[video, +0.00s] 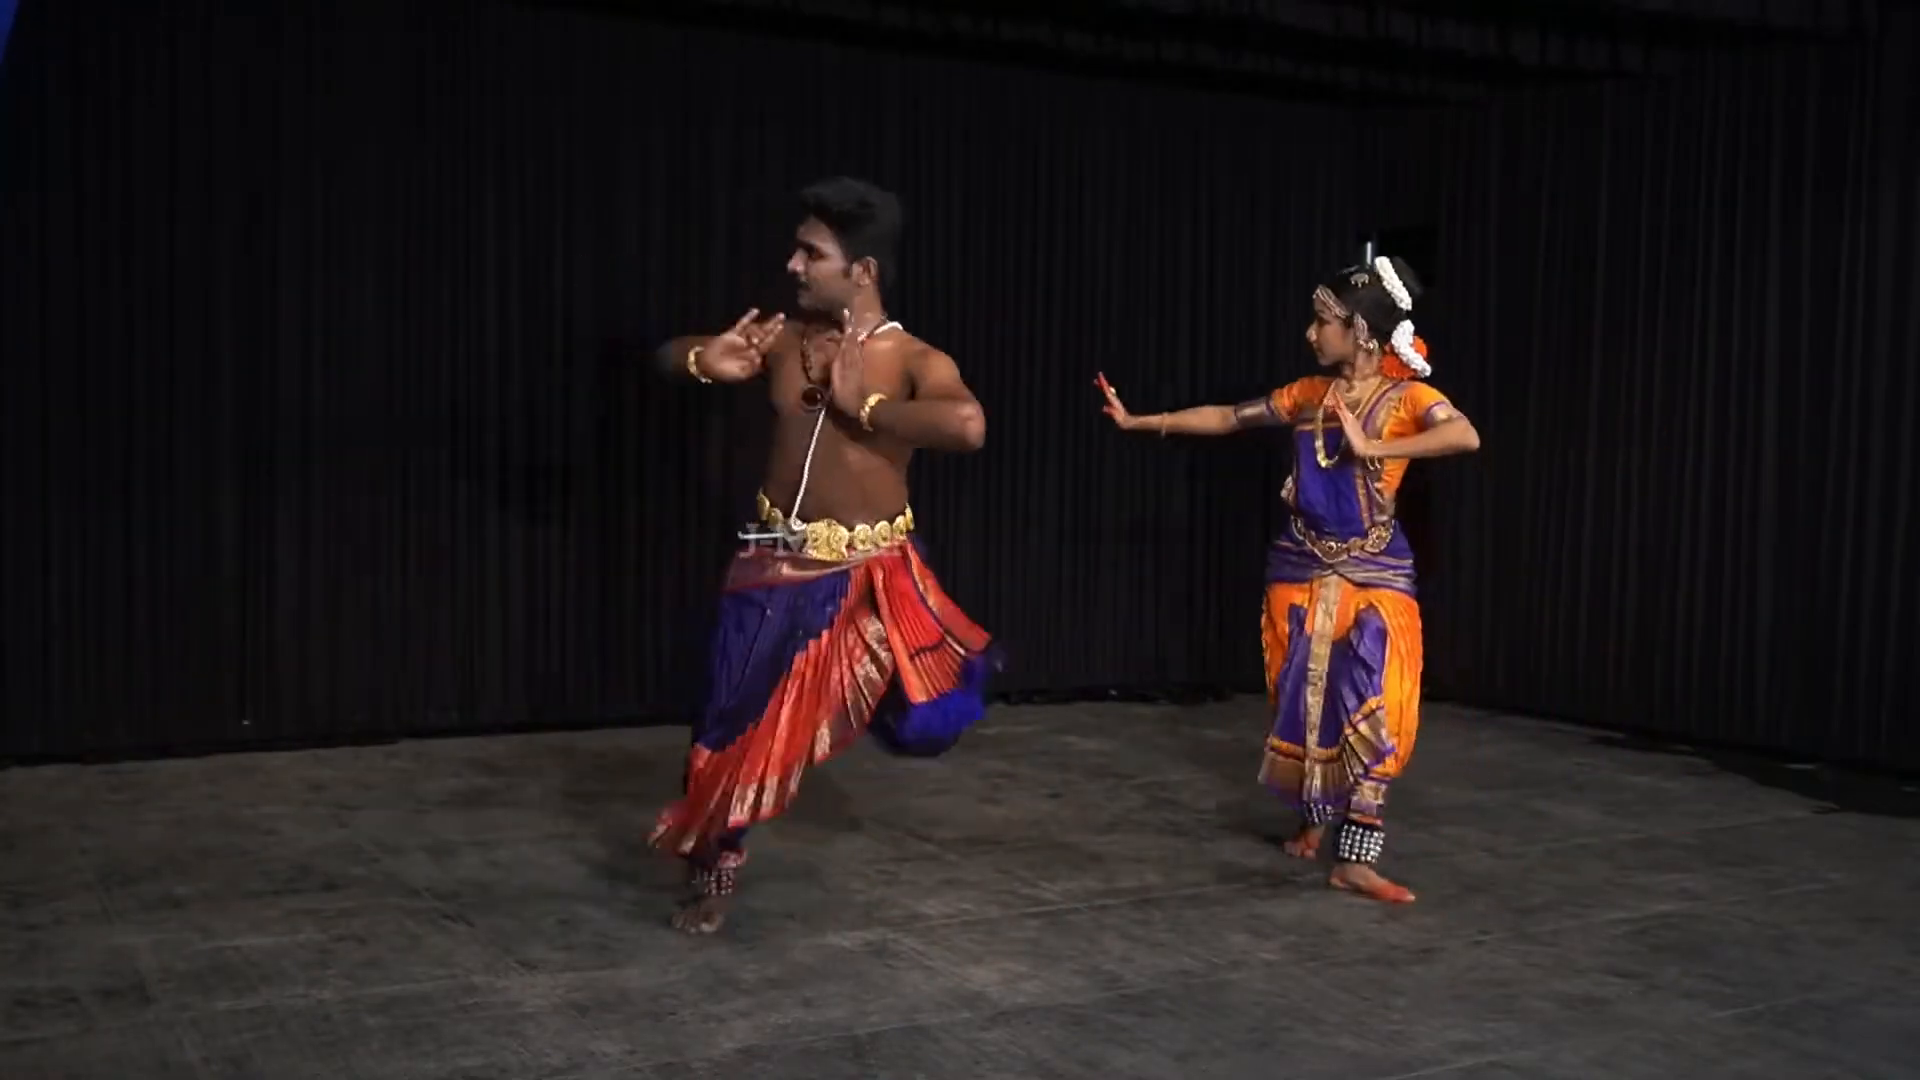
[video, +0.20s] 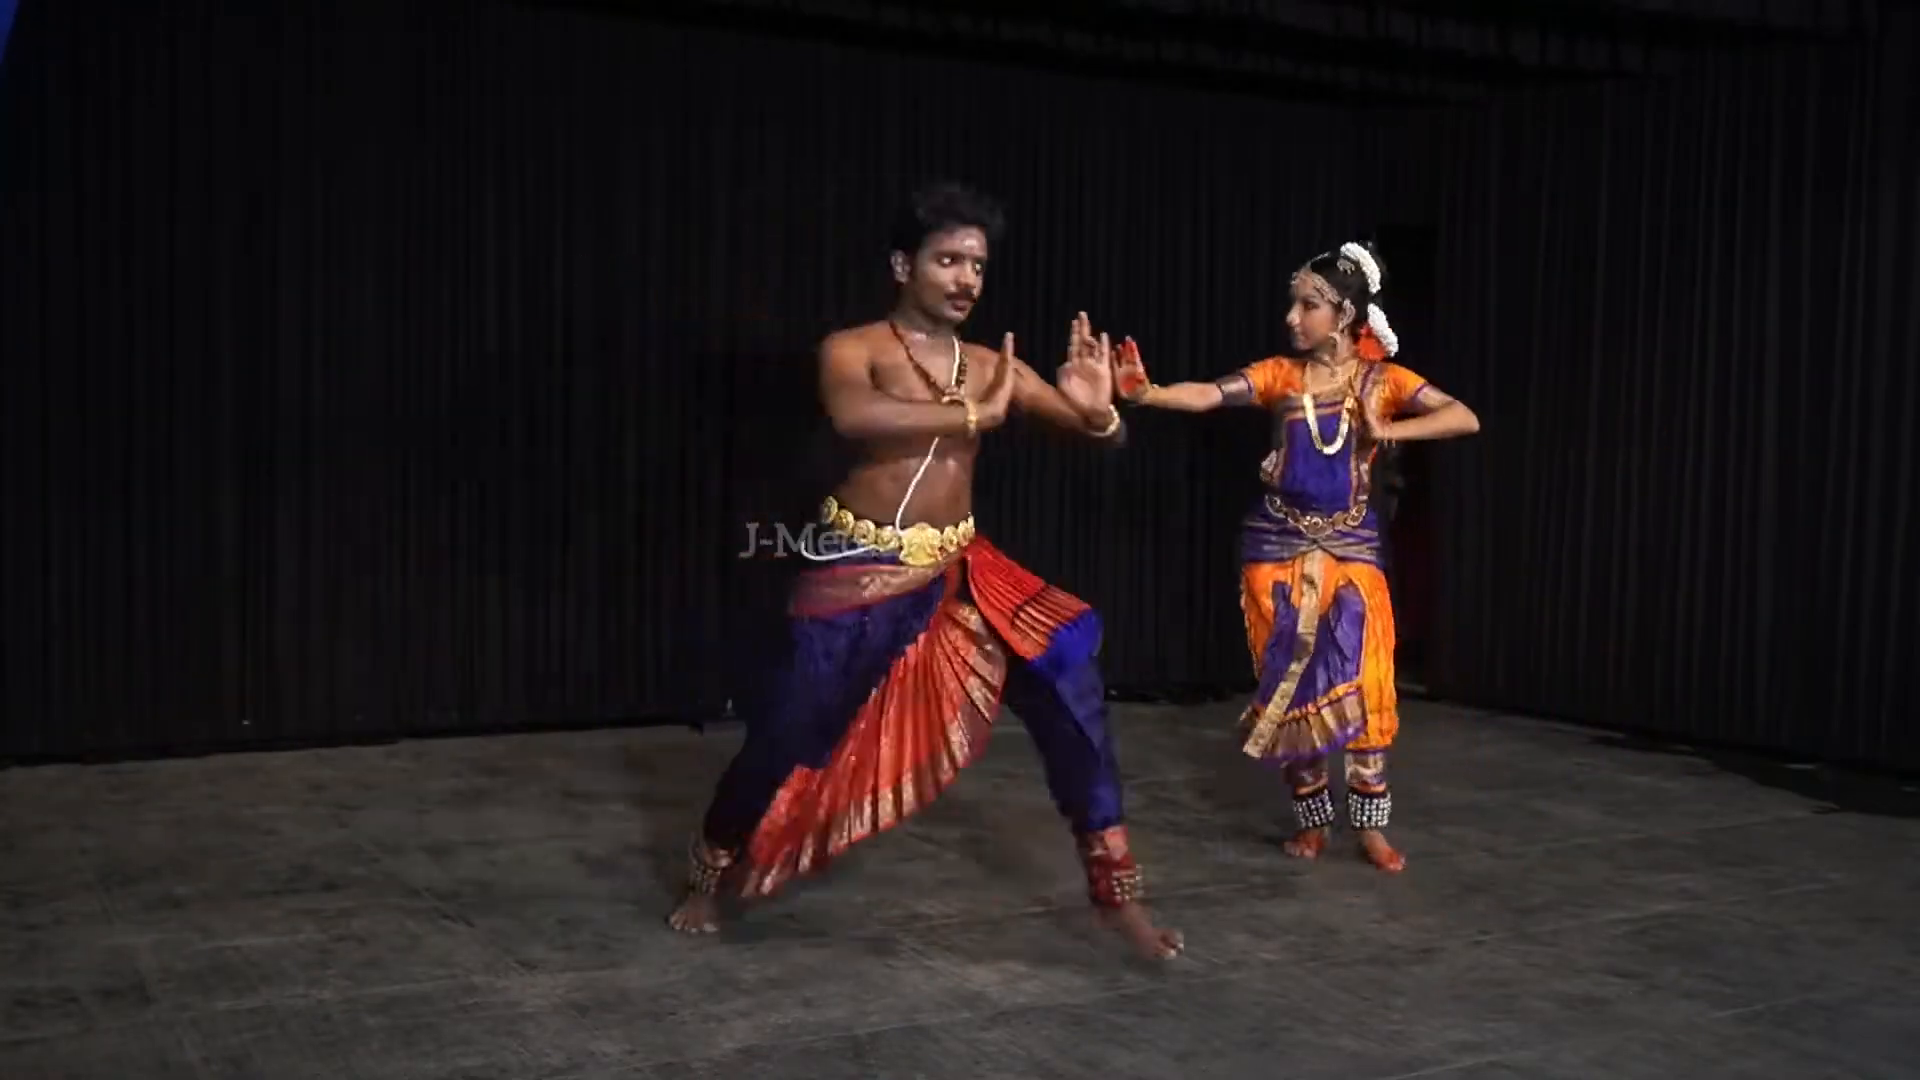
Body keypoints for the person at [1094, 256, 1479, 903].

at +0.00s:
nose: (1312, 331)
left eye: (1324, 321)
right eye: (1315, 319)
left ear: (1364, 334)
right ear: (1347, 333)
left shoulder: (1406, 395)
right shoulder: (1309, 394)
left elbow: (1464, 436)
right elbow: (1227, 417)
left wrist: (1372, 447)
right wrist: (1140, 421)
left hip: (1377, 570)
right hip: (1301, 564)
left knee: (1375, 702)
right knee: (1304, 689)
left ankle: (1356, 857)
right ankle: (1315, 816)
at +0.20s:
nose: (1293, 316)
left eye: (1308, 305)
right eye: (1293, 303)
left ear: (1346, 315)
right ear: (1297, 308)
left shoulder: (1381, 379)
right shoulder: (1280, 374)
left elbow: (1464, 419)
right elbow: (1210, 395)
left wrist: (1390, 430)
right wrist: (1148, 393)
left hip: (1352, 543)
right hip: (1276, 541)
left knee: (1364, 672)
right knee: (1287, 673)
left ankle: (1371, 822)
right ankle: (1311, 819)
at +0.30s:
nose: (1304, 311)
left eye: (1319, 299)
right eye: (1294, 298)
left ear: (1342, 312)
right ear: (1281, 308)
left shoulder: (1365, 374)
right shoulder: (1261, 372)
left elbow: (1452, 411)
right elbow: (1201, 420)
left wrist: (1390, 422)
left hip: (1340, 539)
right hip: (1267, 537)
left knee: (1342, 665)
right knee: (1290, 663)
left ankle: (1328, 796)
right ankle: (1310, 812)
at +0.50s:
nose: (1308, 313)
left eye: (1315, 302)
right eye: (1295, 300)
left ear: (1320, 310)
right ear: (1263, 308)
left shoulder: (1326, 373)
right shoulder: (1238, 373)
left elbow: (1406, 402)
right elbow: (1258, 411)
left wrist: (1380, 416)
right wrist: (1321, 410)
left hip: (1311, 536)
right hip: (1249, 535)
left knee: (1298, 657)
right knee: (1282, 653)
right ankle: (1305, 797)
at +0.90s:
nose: (1245, 321)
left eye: (1250, 310)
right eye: (1234, 309)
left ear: (1254, 307)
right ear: (1207, 309)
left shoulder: (1250, 370)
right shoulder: (1188, 372)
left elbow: (1330, 405)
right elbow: (1210, 423)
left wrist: (1312, 423)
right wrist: (1274, 418)